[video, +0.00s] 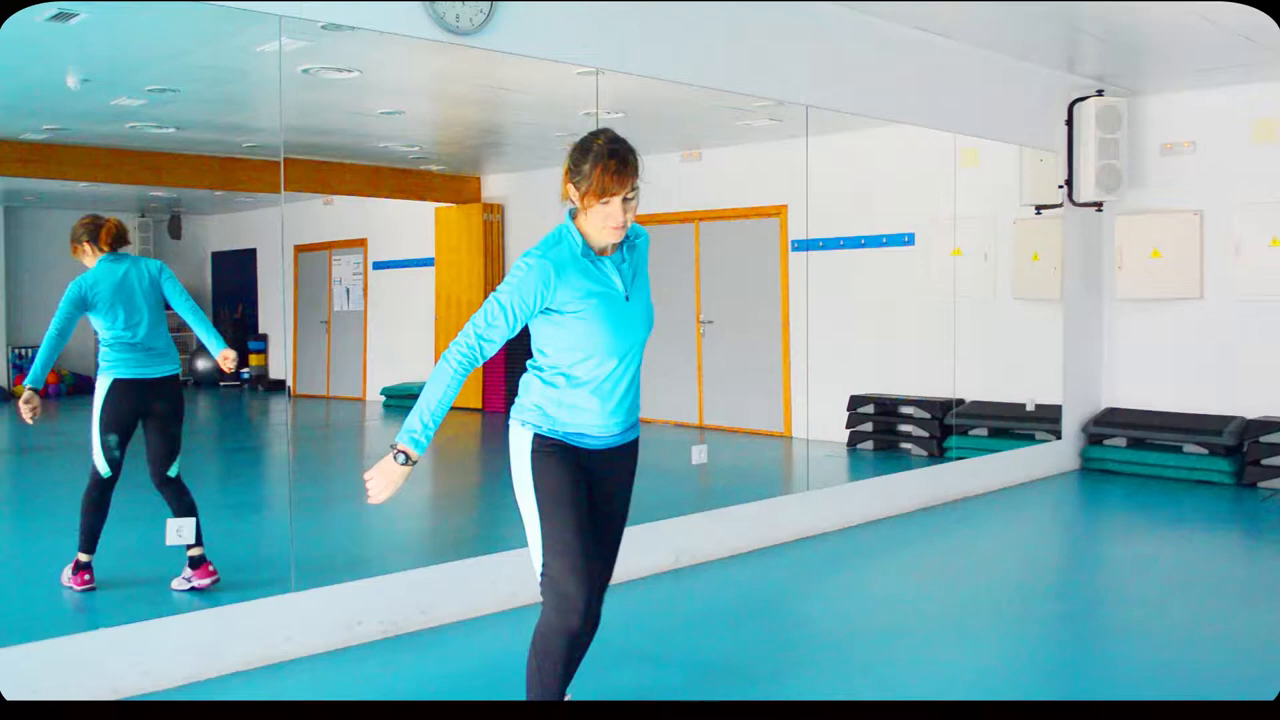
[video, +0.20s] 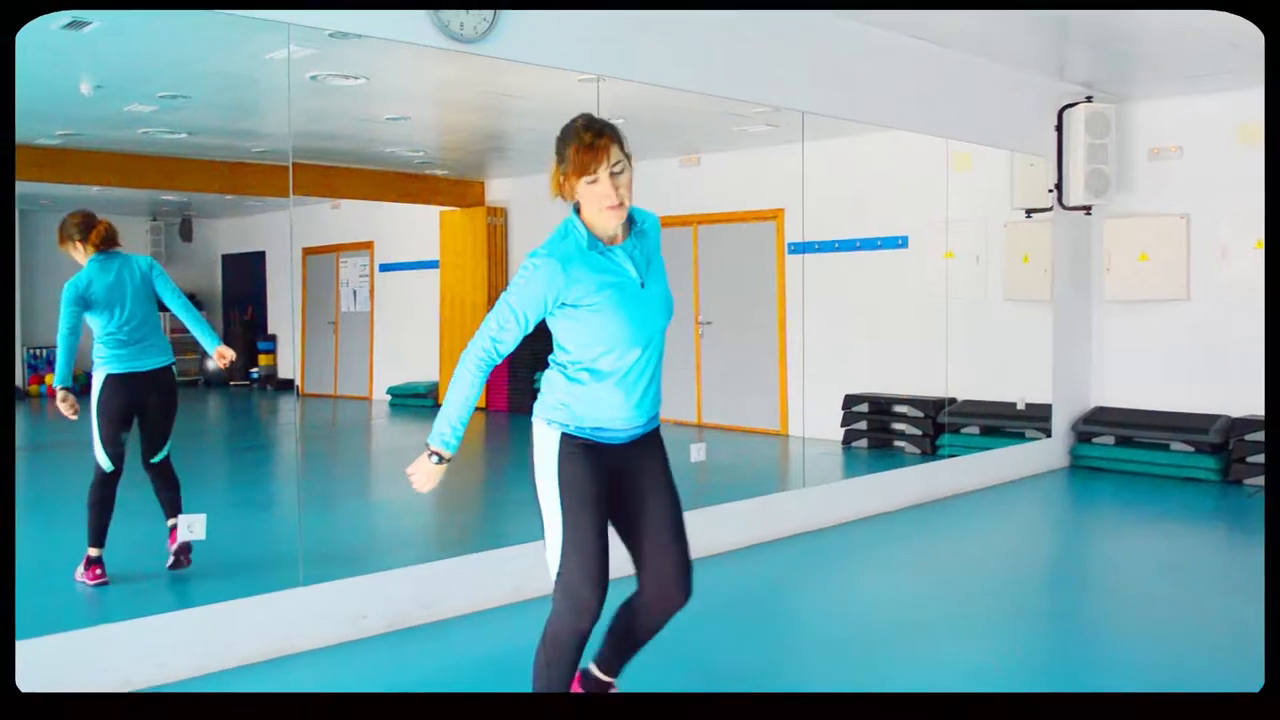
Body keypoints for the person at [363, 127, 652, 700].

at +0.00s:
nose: (621, 215)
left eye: (628, 199)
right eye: (607, 201)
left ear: (636, 196)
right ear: (575, 197)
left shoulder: (636, 244)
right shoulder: (544, 268)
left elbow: (619, 331)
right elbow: (466, 349)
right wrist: (405, 451)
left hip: (617, 445)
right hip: (548, 443)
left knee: (587, 610)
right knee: (569, 605)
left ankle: (548, 694)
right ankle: (543, 699)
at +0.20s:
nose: (612, 190)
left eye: (619, 171)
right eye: (593, 179)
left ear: (631, 171)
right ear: (569, 188)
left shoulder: (646, 229)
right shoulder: (553, 265)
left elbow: (637, 324)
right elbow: (483, 350)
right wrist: (441, 447)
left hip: (638, 434)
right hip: (570, 438)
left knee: (668, 589)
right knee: (580, 597)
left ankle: (595, 681)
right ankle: (550, 694)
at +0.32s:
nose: (614, 177)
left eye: (620, 158)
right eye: (596, 169)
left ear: (639, 159)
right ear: (579, 184)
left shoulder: (668, 225)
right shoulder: (569, 261)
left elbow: (660, 323)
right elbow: (510, 349)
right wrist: (479, 444)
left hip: (665, 436)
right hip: (591, 444)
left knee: (715, 584)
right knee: (589, 601)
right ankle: (552, 689)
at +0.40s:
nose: (622, 181)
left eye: (627, 163)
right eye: (603, 176)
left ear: (647, 164)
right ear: (589, 192)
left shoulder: (688, 230)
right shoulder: (583, 269)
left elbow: (709, 302)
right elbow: (529, 354)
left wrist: (733, 357)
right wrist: (504, 445)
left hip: (688, 446)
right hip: (608, 450)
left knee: (740, 599)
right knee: (606, 603)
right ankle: (561, 682)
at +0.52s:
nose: (627, 196)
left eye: (634, 177)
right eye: (615, 191)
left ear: (670, 172)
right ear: (611, 205)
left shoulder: (737, 239)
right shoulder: (613, 276)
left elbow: (785, 285)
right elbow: (575, 350)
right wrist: (555, 420)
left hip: (734, 461)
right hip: (649, 464)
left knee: (786, 608)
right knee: (631, 603)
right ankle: (578, 676)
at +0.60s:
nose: (629, 196)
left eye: (635, 177)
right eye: (622, 187)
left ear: (678, 169)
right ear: (626, 200)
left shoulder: (762, 229)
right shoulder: (637, 268)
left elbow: (831, 262)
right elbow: (614, 336)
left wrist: (887, 300)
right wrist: (615, 397)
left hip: (771, 448)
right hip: (685, 453)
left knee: (809, 607)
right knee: (657, 595)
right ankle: (611, 670)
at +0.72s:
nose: (653, 184)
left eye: (658, 167)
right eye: (650, 170)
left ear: (697, 160)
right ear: (692, 164)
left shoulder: (789, 220)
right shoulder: (672, 249)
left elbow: (874, 239)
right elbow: (719, 310)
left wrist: (932, 292)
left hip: (800, 435)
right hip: (718, 441)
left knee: (822, 592)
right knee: (710, 598)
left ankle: (844, 684)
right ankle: (718, 675)